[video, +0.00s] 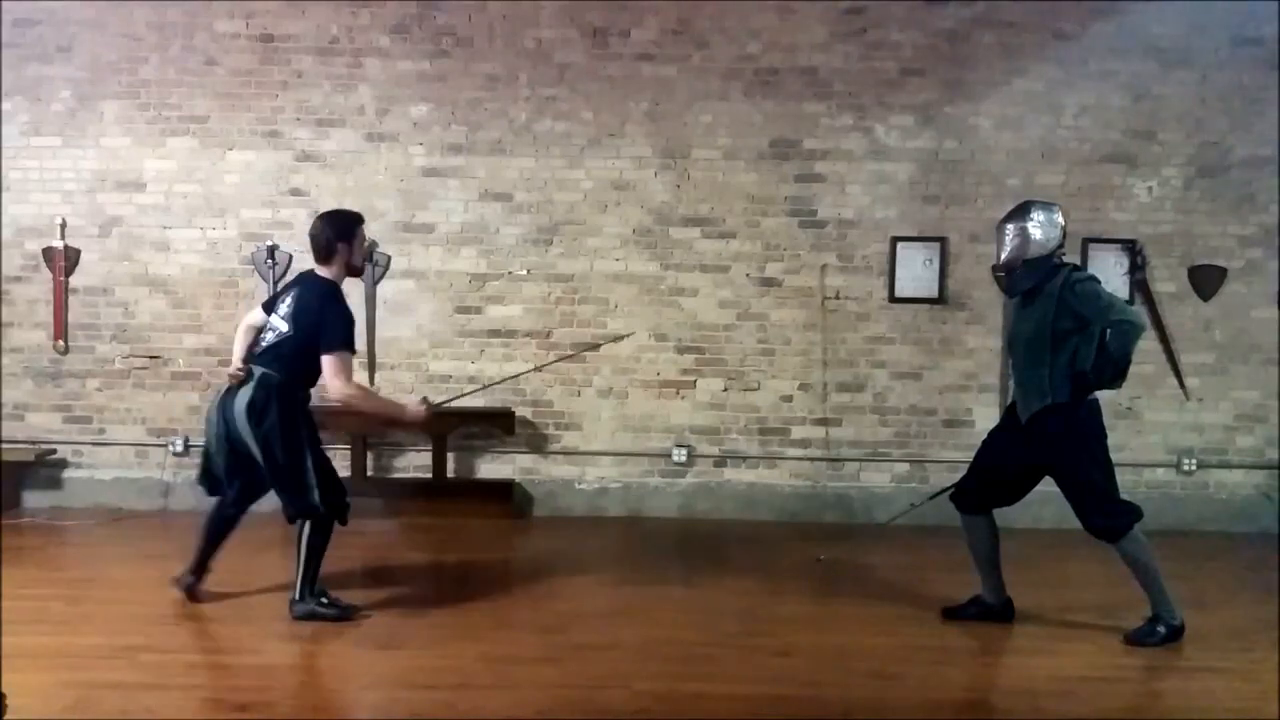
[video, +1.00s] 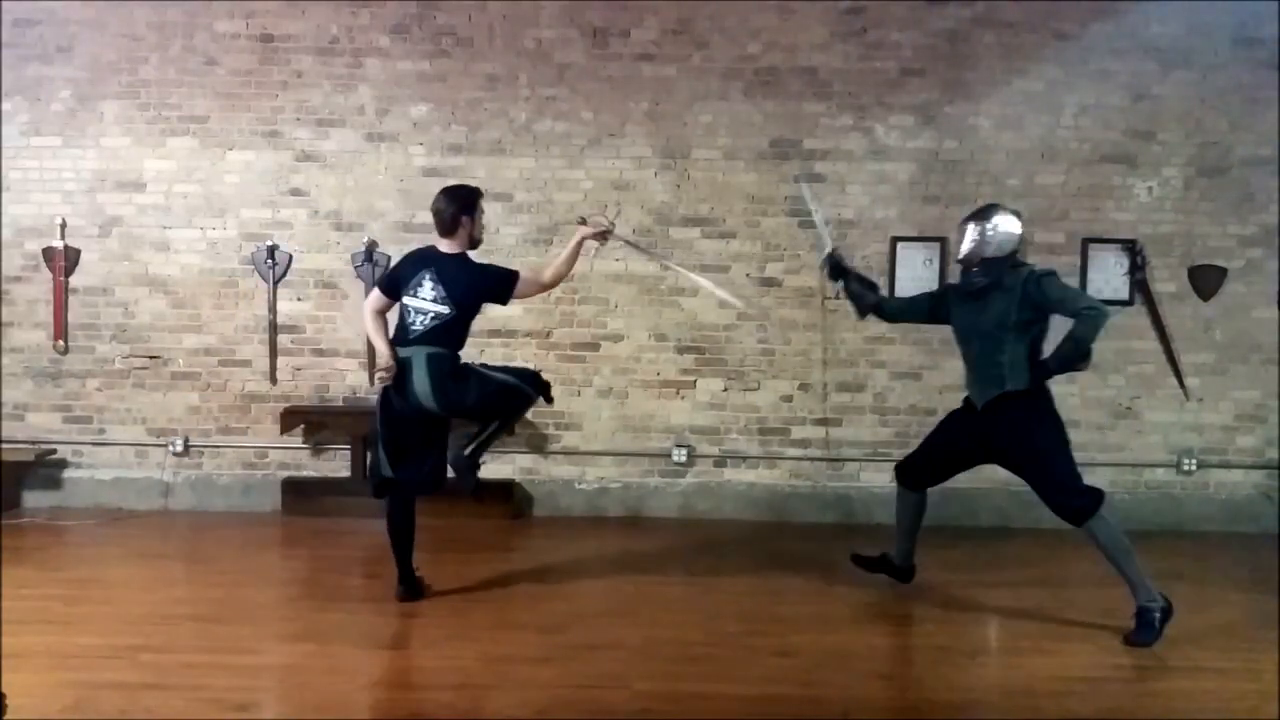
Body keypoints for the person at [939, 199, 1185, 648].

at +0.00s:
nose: (1005, 247)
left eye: (1014, 236)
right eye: (1005, 237)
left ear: (1039, 238)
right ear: (1020, 240)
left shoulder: (1071, 283)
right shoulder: (1023, 289)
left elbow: (1129, 321)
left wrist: (1099, 377)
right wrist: (1023, 396)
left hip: (1071, 420)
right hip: (1025, 421)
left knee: (1107, 517)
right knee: (971, 498)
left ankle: (1167, 616)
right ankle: (994, 599)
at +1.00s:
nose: (963, 246)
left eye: (971, 237)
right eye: (965, 237)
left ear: (991, 240)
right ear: (997, 243)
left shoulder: (1031, 283)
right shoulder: (955, 296)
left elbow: (1093, 313)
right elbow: (886, 307)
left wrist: (1062, 359)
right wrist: (845, 276)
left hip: (1026, 415)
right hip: (977, 418)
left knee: (1076, 504)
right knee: (911, 474)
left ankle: (1150, 601)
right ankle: (900, 562)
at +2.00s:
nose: (1013, 255)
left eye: (1023, 245)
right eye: (1012, 246)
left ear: (1049, 247)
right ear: (1013, 249)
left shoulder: (1089, 292)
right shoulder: (1007, 305)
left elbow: (1153, 331)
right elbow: (960, 350)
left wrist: (1112, 375)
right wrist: (897, 360)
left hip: (1071, 422)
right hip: (1017, 422)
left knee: (1111, 515)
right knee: (957, 489)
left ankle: (1169, 612)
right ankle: (961, 581)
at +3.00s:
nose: (1056, 239)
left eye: (1067, 228)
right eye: (1053, 229)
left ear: (1090, 231)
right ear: (1049, 233)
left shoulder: (1122, 282)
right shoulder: (1042, 299)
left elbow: (1183, 325)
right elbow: (1008, 357)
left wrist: (1136, 371)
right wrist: (954, 391)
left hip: (1101, 414)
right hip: (1049, 415)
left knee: (1130, 511)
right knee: (996, 492)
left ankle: (1173, 612)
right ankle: (1007, 592)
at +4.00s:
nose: (1033, 244)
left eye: (1040, 235)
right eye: (1033, 235)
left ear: (1065, 235)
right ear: (1056, 235)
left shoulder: (1099, 282)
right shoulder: (1053, 282)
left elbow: (1155, 321)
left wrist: (1127, 370)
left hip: (1094, 416)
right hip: (1050, 414)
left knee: (1130, 512)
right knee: (995, 492)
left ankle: (1180, 613)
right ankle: (1008, 592)